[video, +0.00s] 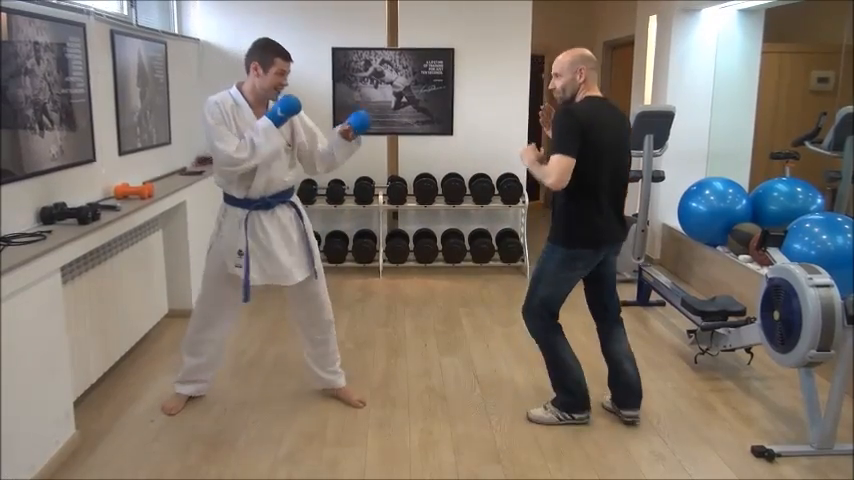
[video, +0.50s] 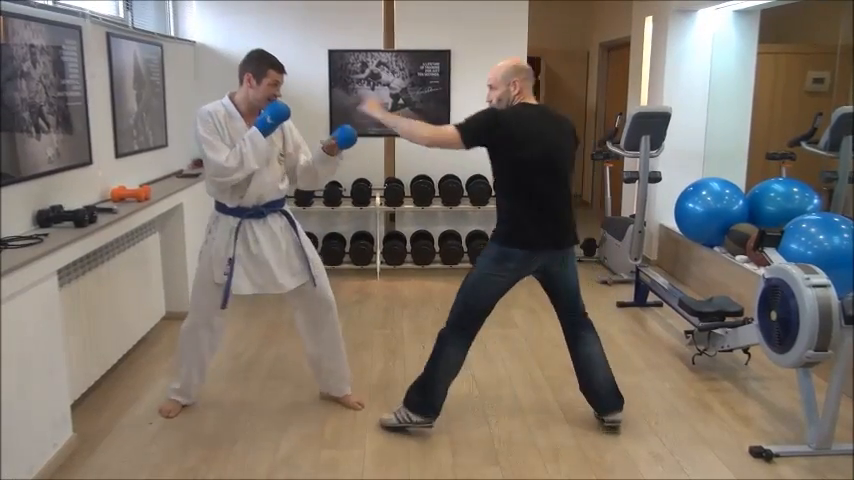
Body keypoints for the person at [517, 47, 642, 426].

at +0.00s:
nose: (551, 83)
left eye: (556, 76)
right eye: (551, 76)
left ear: (581, 76)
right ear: (587, 76)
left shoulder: (573, 114)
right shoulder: (616, 115)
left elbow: (557, 179)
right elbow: (597, 171)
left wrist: (533, 163)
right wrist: (555, 137)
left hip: (575, 237)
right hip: (608, 234)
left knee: (538, 313)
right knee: (608, 315)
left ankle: (572, 404)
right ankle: (627, 402)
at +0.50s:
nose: (489, 95)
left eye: (492, 88)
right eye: (488, 89)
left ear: (516, 87)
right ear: (526, 87)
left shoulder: (498, 120)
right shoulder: (563, 125)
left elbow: (433, 136)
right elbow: (559, 174)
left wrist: (383, 115)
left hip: (513, 244)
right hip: (560, 245)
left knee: (460, 326)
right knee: (577, 321)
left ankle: (420, 410)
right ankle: (610, 409)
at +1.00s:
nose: (439, 108)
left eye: (443, 101)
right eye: (438, 101)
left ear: (469, 102)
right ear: (473, 103)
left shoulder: (471, 150)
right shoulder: (500, 134)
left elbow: (462, 224)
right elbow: (441, 153)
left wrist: (444, 196)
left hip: (482, 259)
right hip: (515, 252)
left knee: (412, 315)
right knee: (537, 328)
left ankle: (412, 417)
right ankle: (599, 401)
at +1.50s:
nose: (566, 89)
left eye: (572, 81)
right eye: (567, 81)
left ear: (597, 84)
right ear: (604, 86)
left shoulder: (576, 128)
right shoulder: (632, 128)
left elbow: (567, 195)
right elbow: (628, 184)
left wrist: (531, 193)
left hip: (586, 249)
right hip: (625, 245)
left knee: (540, 313)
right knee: (639, 322)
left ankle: (591, 396)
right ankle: (665, 412)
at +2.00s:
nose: (625, 107)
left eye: (630, 102)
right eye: (630, 103)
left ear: (643, 105)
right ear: (662, 118)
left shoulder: (595, 121)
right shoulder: (660, 166)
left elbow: (552, 167)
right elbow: (625, 199)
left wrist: (556, 186)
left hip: (557, 248)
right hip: (609, 259)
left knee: (500, 303)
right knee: (641, 325)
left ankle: (501, 401)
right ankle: (671, 410)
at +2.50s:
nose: (652, 63)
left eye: (656, 55)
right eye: (654, 55)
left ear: (678, 60)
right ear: (697, 62)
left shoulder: (643, 110)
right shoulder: (725, 112)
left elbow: (617, 182)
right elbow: (694, 158)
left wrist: (603, 166)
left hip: (641, 234)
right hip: (693, 240)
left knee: (584, 299)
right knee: (702, 328)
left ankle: (599, 404)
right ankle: (724, 432)